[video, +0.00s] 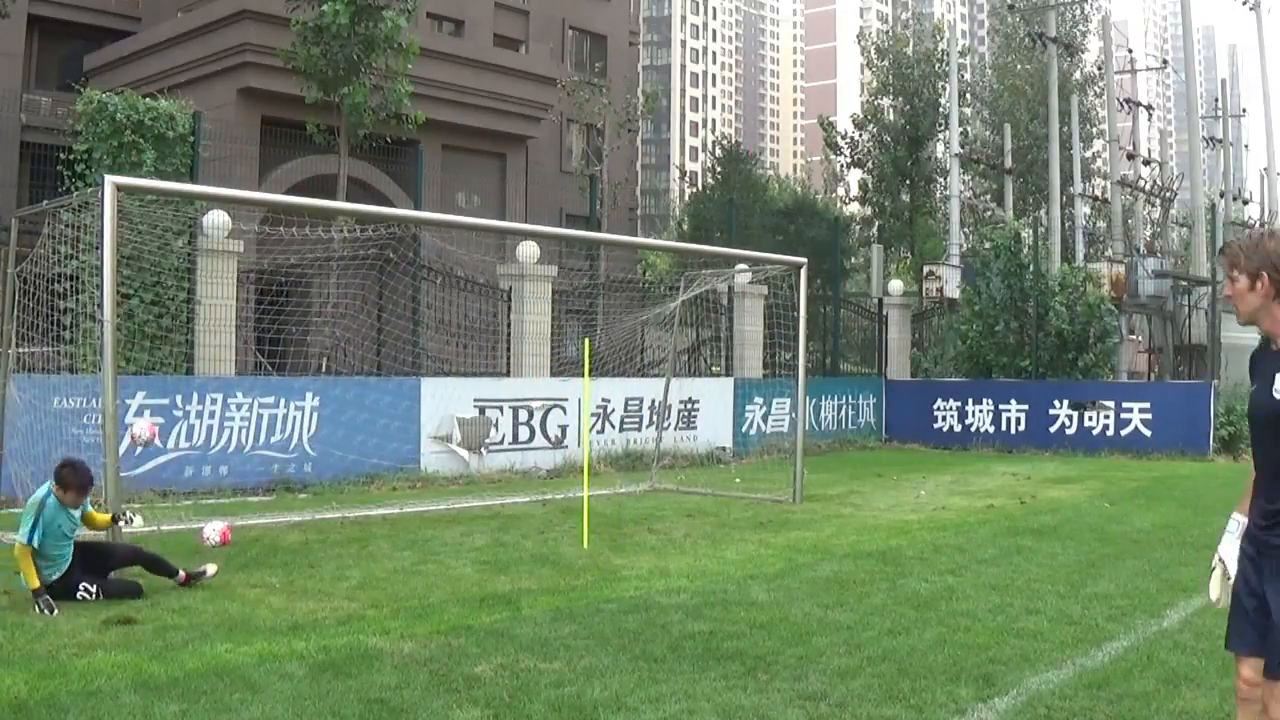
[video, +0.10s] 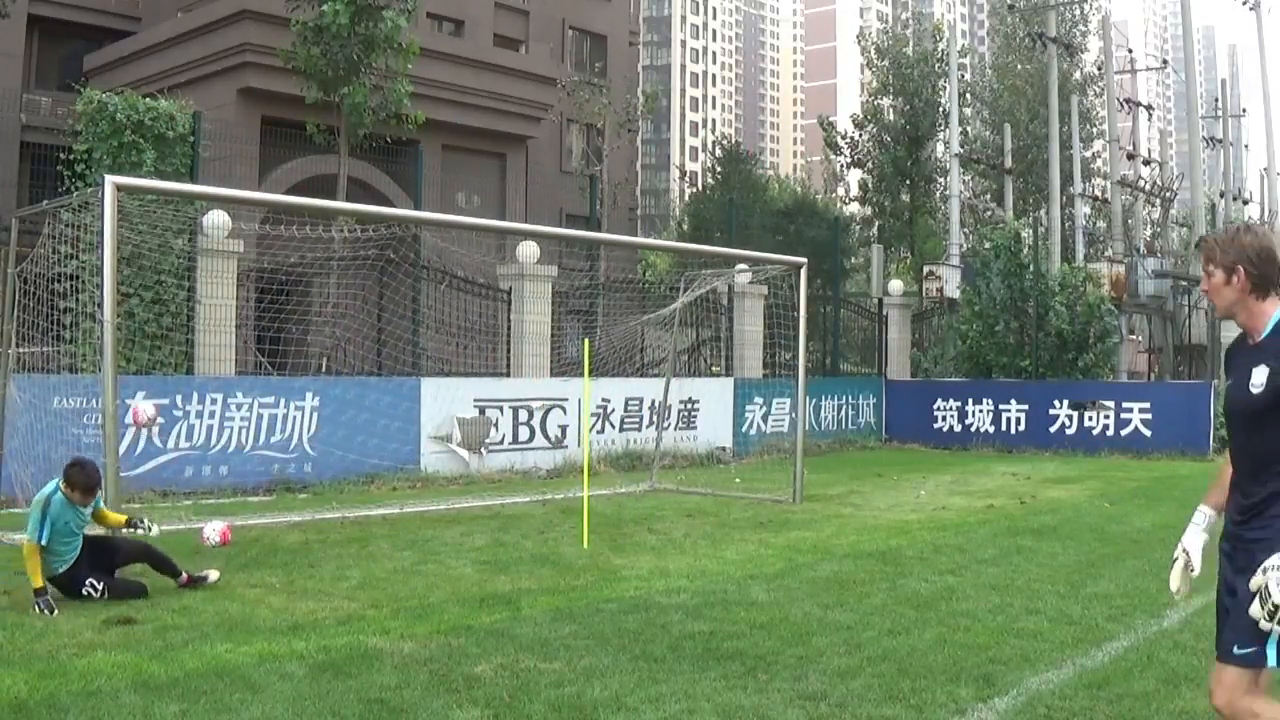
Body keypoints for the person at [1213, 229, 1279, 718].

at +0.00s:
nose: (1225, 291)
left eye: (1234, 280)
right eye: (1226, 280)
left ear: (1265, 285)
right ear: (1259, 286)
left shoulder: (1275, 359)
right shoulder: (1261, 358)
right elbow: (1265, 457)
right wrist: (1238, 526)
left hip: (1277, 545)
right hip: (1259, 541)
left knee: (1272, 692)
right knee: (1249, 684)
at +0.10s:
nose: (1202, 285)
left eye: (1209, 274)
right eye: (1203, 274)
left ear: (1240, 279)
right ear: (1236, 280)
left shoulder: (1277, 346)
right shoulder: (1239, 352)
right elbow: (1243, 450)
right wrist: (1203, 519)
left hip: (1270, 542)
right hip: (1240, 538)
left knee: (1230, 695)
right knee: (1240, 693)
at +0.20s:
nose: (1170, 282)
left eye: (1177, 270)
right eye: (1171, 270)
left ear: (1208, 275)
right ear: (1205, 276)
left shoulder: (1263, 343)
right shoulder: (1205, 344)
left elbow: (1277, 447)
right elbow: (1206, 443)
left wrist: (1271, 536)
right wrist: (1159, 510)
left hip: (1247, 535)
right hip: (1209, 532)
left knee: (1170, 682)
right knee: (1226, 687)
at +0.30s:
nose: (1148, 287)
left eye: (1154, 274)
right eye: (1147, 275)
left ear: (1187, 275)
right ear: (1185, 276)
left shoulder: (1241, 341)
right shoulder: (1184, 347)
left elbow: (1276, 449)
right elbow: (1182, 444)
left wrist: (1249, 543)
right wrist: (1134, 512)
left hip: (1222, 534)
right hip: (1185, 530)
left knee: (1144, 685)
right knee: (1211, 688)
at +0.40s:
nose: (1114, 296)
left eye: (1122, 284)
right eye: (1114, 284)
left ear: (1158, 281)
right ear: (1152, 283)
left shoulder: (1211, 351)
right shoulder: (1151, 349)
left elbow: (1242, 463)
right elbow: (1151, 456)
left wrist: (1219, 562)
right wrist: (1109, 523)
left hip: (1182, 540)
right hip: (1145, 535)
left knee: (1109, 695)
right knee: (1162, 697)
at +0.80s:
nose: (1041, 286)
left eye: (1045, 273)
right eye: (1040, 274)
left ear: (1076, 277)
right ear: (1079, 278)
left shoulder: (1130, 352)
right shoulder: (1093, 342)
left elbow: (1152, 471)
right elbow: (1099, 456)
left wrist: (1112, 570)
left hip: (1097, 552)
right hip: (1055, 537)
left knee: (1074, 705)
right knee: (948, 620)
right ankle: (920, 716)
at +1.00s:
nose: (1023, 296)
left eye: (1026, 282)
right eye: (1020, 284)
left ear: (1058, 274)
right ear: (1057, 276)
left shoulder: (1114, 345)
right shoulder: (1077, 337)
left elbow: (1136, 463)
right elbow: (1086, 450)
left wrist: (1091, 553)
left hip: (1091, 542)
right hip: (1048, 528)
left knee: (1065, 700)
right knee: (943, 622)